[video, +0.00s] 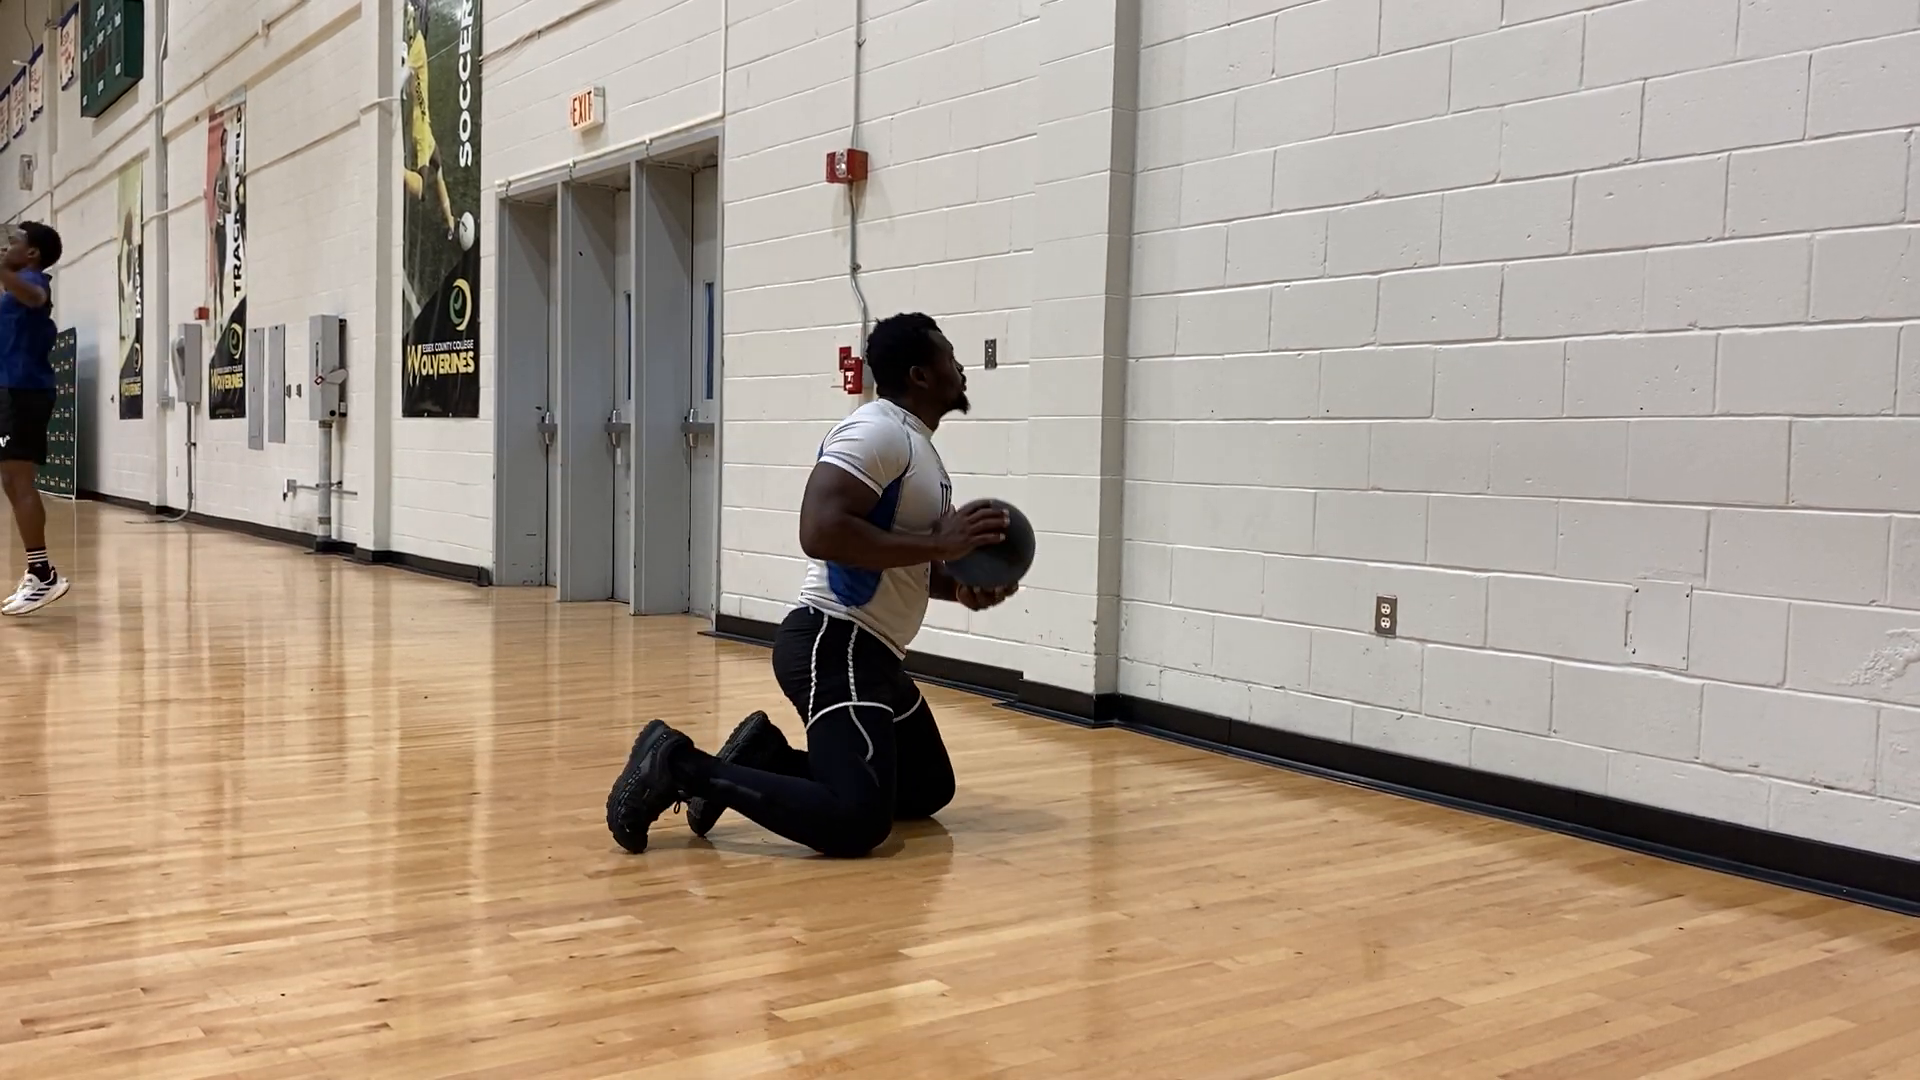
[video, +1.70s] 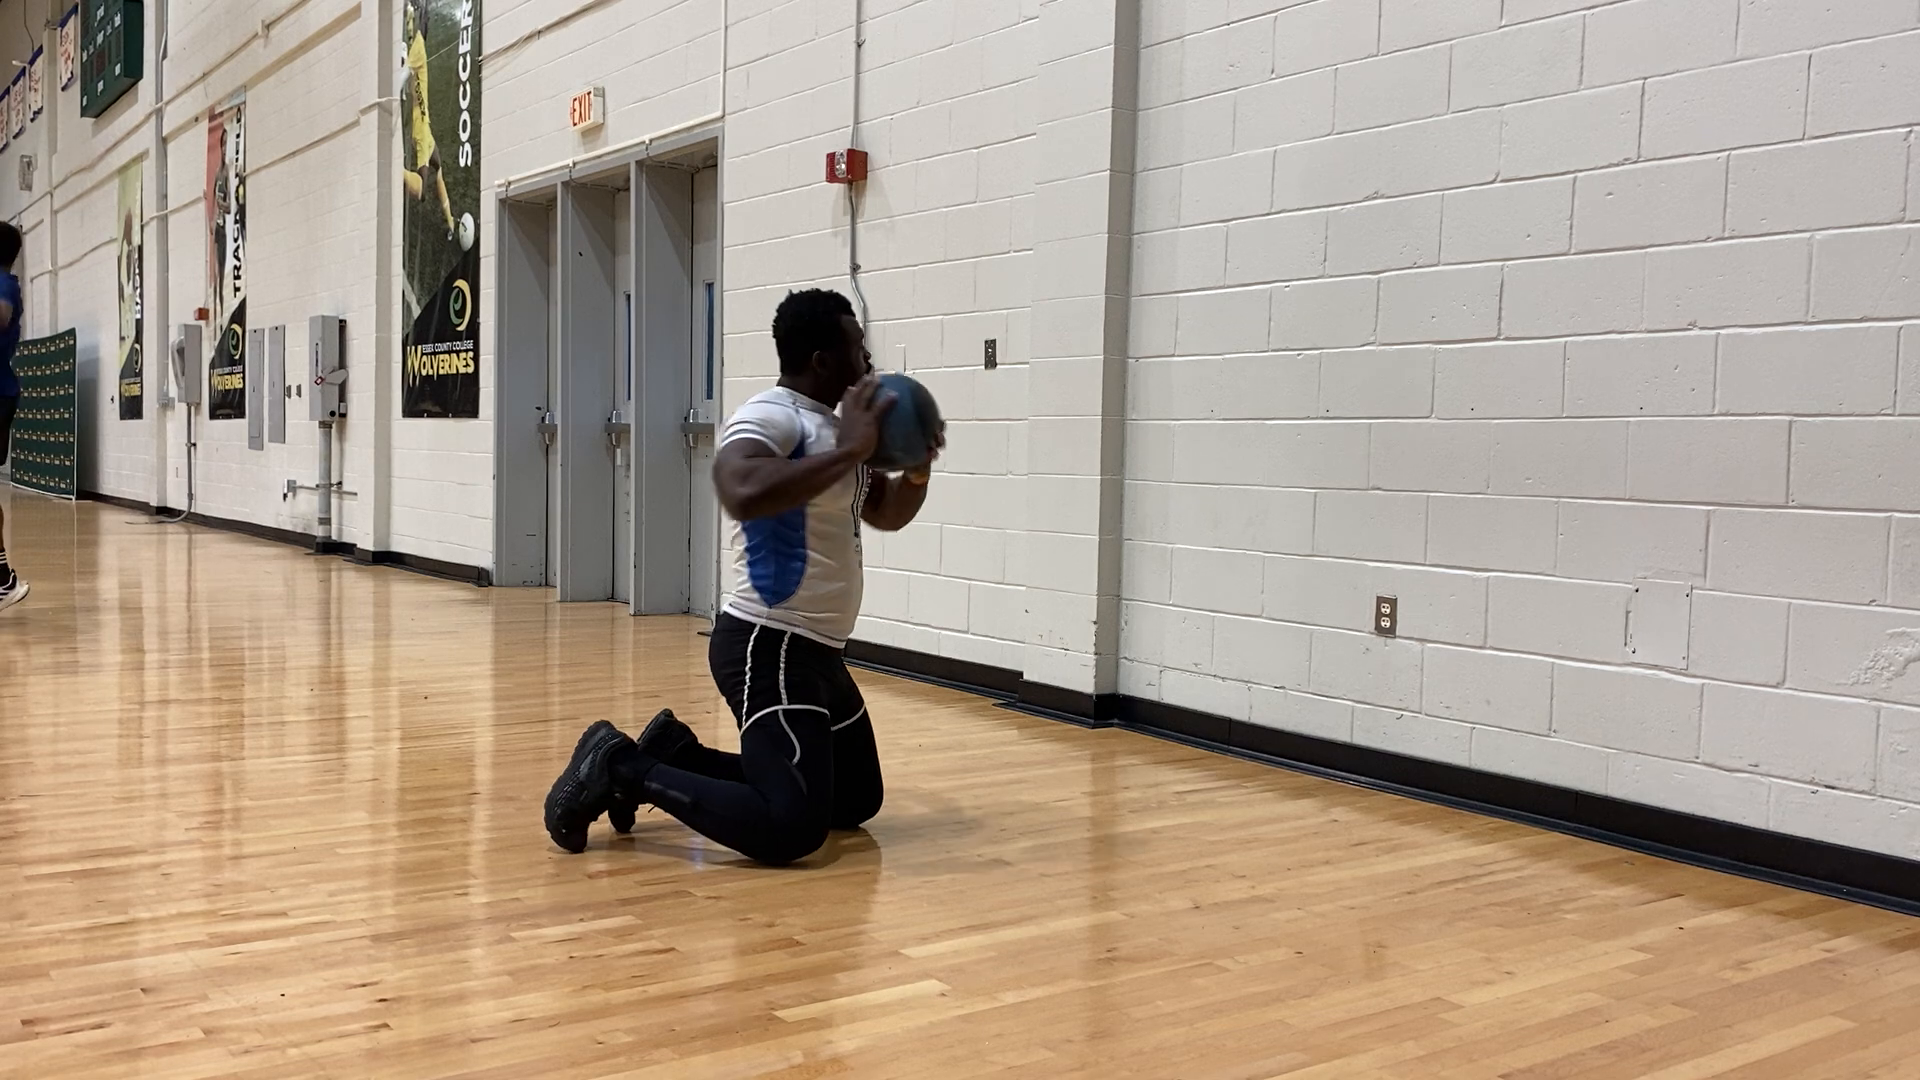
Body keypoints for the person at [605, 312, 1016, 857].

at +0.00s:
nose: (961, 367)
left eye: (954, 355)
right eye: (950, 356)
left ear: (916, 377)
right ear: (920, 375)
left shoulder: (920, 450)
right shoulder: (878, 429)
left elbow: (899, 562)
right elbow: (821, 530)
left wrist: (961, 587)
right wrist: (934, 545)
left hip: (871, 649)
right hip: (833, 641)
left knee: (925, 787)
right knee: (858, 822)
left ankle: (770, 760)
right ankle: (681, 766)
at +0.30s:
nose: (905, 364)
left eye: (897, 352)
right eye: (891, 358)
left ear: (858, 385)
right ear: (854, 386)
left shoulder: (894, 434)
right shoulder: (809, 453)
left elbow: (903, 511)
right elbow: (785, 561)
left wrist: (958, 527)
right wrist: (898, 527)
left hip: (868, 659)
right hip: (810, 657)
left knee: (922, 789)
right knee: (843, 833)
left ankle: (762, 763)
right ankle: (677, 766)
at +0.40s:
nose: (884, 372)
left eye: (878, 359)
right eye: (867, 366)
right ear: (820, 389)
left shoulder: (883, 428)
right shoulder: (786, 454)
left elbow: (901, 508)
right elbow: (731, 554)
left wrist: (942, 516)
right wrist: (852, 527)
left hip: (862, 659)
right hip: (802, 656)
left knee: (909, 790)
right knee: (841, 830)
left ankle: (743, 762)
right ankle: (674, 767)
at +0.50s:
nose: (857, 367)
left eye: (855, 353)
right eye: (837, 361)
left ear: (859, 347)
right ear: (790, 379)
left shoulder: (886, 423)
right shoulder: (762, 450)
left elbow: (954, 500)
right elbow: (674, 542)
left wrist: (934, 504)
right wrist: (793, 526)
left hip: (855, 657)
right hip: (796, 654)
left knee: (889, 793)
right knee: (837, 831)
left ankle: (717, 755)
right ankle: (667, 765)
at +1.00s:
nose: (844, 346)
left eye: (842, 334)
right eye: (828, 335)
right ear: (778, 345)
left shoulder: (839, 423)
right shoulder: (742, 425)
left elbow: (880, 522)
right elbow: (708, 534)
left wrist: (919, 494)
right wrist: (828, 494)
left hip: (825, 648)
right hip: (783, 649)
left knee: (848, 804)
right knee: (834, 832)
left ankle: (679, 755)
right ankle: (662, 769)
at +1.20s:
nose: (860, 358)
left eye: (857, 344)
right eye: (845, 345)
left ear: (809, 356)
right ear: (799, 354)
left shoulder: (825, 434)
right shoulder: (773, 420)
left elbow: (839, 544)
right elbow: (792, 509)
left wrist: (910, 518)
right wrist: (876, 479)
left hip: (808, 648)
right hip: (777, 651)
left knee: (848, 798)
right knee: (833, 831)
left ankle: (679, 755)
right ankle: (662, 770)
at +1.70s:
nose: (868, 360)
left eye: (865, 346)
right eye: (858, 347)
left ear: (820, 361)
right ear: (822, 361)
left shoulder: (838, 426)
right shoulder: (771, 414)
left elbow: (888, 513)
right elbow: (741, 493)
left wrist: (915, 467)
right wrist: (848, 449)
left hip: (814, 648)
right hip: (766, 645)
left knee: (853, 799)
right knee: (792, 832)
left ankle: (683, 757)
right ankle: (621, 768)